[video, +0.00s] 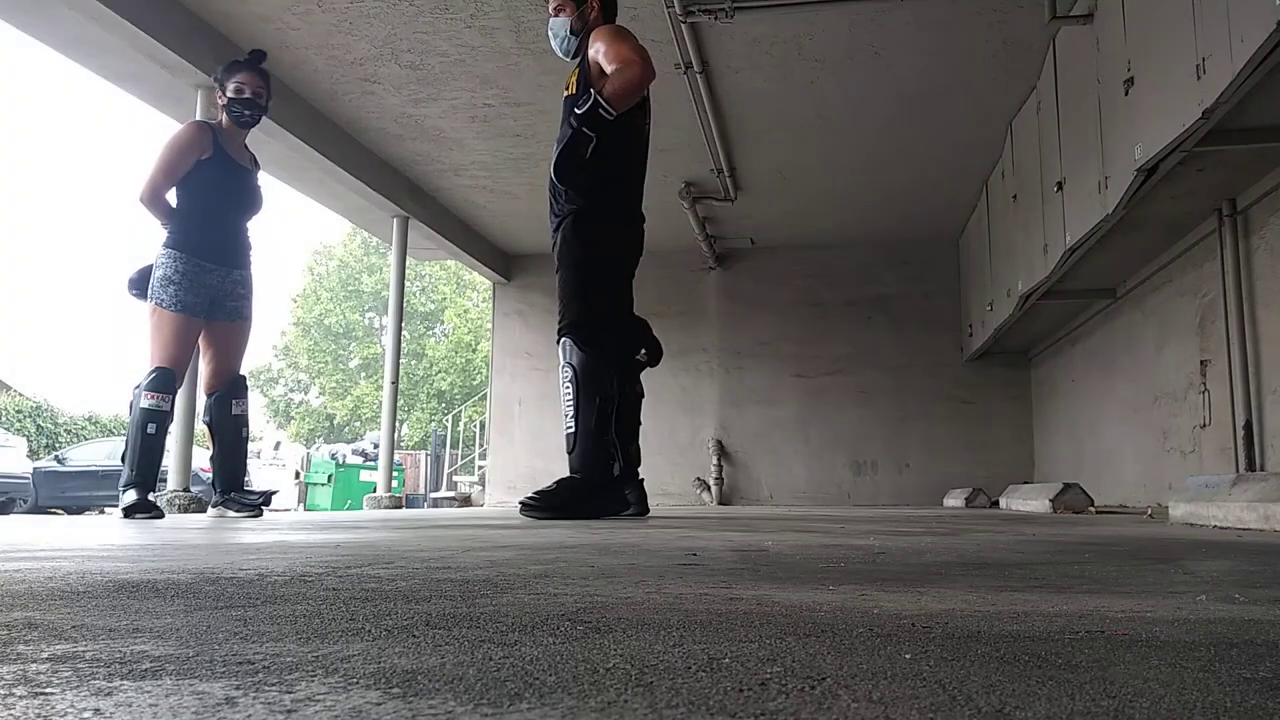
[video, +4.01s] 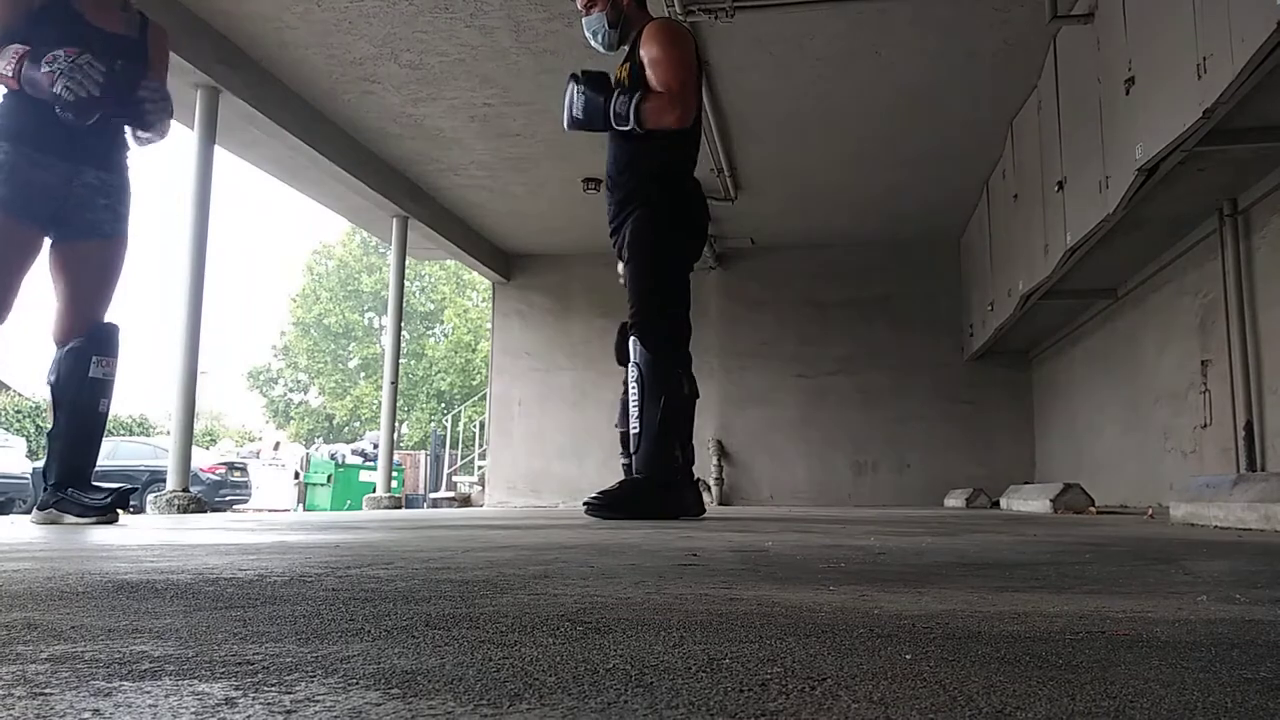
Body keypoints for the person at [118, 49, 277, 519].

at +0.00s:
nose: (248, 99)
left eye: (258, 94)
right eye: (240, 90)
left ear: (266, 103)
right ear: (220, 94)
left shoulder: (250, 159)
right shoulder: (198, 133)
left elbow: (234, 217)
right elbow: (151, 194)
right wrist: (180, 229)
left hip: (235, 273)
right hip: (186, 263)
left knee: (225, 382)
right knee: (164, 375)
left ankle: (228, 488)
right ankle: (138, 489)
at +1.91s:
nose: (191, 78)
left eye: (203, 71)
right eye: (183, 68)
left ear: (217, 82)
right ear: (168, 71)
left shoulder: (225, 142)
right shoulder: (139, 116)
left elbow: (208, 193)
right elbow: (98, 177)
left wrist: (180, 213)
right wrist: (138, 208)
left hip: (198, 260)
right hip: (138, 257)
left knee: (213, 368)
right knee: (139, 378)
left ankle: (212, 481)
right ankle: (136, 491)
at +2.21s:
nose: (184, 69)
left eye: (197, 62)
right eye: (176, 58)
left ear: (215, 71)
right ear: (163, 60)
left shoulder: (226, 135)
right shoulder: (130, 106)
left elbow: (229, 201)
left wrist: (247, 251)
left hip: (194, 256)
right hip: (128, 252)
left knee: (173, 362)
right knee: (133, 376)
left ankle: (163, 482)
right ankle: (133, 489)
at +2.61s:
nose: (160, 32)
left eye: (175, 24)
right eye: (152, 20)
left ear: (198, 34)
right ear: (142, 23)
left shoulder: (214, 94)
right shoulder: (114, 82)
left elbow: (228, 176)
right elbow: (86, 151)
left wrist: (201, 195)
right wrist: (66, 155)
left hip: (178, 233)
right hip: (114, 228)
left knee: (166, 359)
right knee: (79, 359)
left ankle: (150, 490)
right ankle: (121, 465)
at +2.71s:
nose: (149, 19)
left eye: (164, 12)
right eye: (142, 10)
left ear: (188, 23)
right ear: (132, 17)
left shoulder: (204, 84)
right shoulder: (107, 76)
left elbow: (221, 160)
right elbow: (87, 151)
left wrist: (191, 168)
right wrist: (80, 136)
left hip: (171, 224)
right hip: (108, 221)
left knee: (161, 354)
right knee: (62, 347)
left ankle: (150, 487)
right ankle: (81, 475)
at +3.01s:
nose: (108, 10)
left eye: (121, 4)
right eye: (100, 3)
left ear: (138, 9)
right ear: (83, 6)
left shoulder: (158, 67)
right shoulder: (47, 54)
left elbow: (195, 149)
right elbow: (14, 135)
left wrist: (160, 147)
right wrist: (34, 108)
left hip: (133, 216)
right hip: (59, 211)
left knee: (133, 354)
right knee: (17, 346)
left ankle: (146, 489)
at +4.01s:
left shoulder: (151, 31)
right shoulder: (29, 5)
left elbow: (147, 132)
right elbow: (1, 52)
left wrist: (157, 115)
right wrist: (26, 71)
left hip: (101, 176)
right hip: (20, 158)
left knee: (84, 337)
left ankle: (63, 484)